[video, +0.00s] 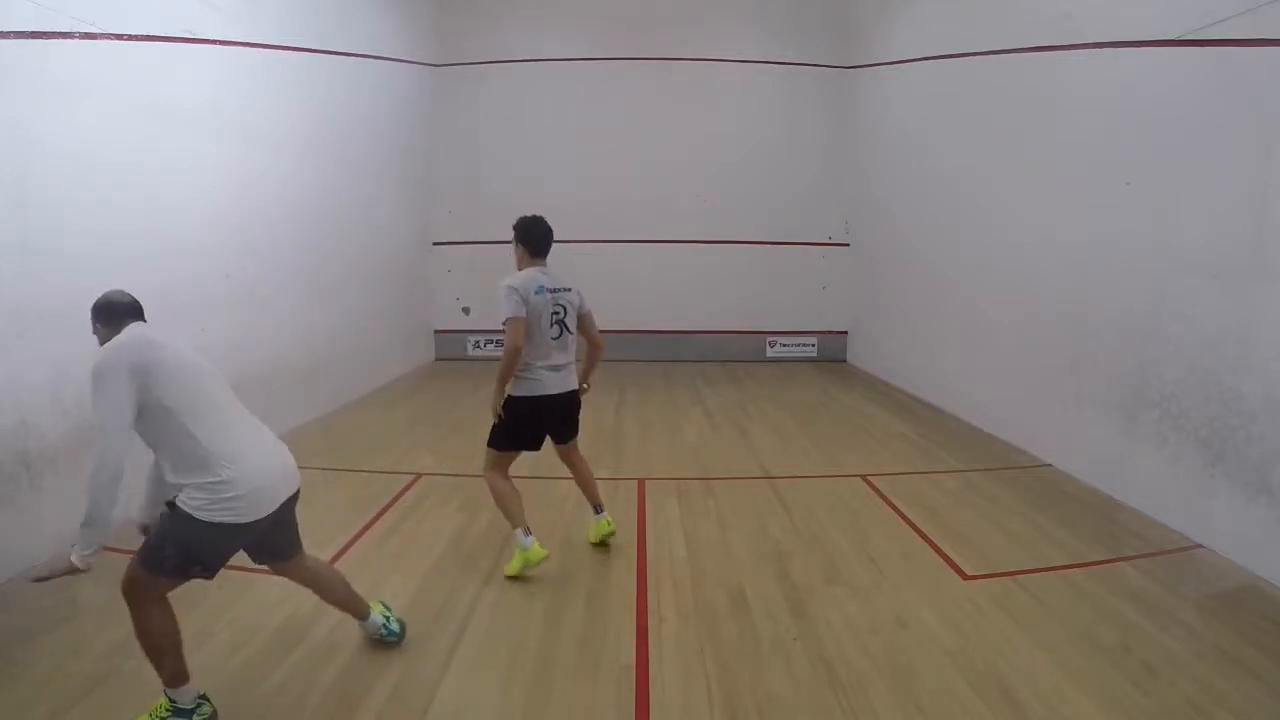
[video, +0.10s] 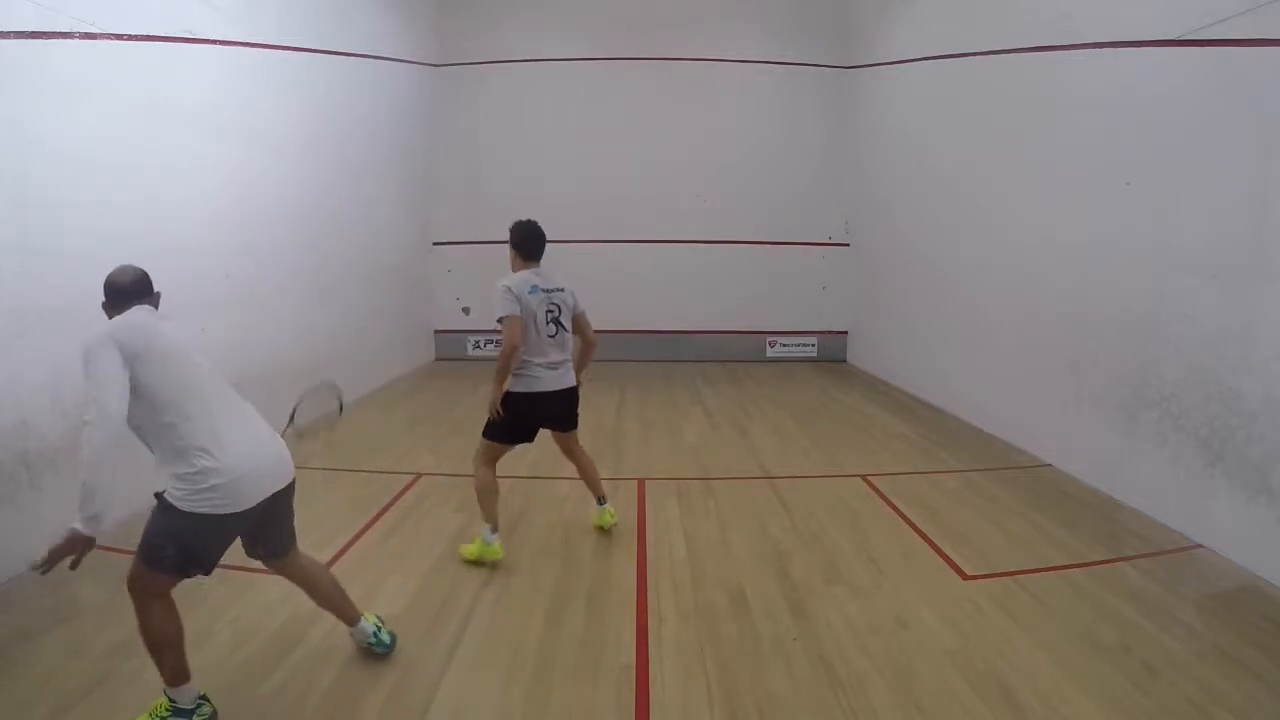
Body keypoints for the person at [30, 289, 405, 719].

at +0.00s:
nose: (96, 341)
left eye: (95, 334)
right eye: (97, 333)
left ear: (101, 329)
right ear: (140, 319)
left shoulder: (114, 360)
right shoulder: (169, 348)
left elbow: (110, 459)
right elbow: (170, 446)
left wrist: (84, 547)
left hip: (222, 499)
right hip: (278, 476)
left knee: (141, 588)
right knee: (292, 560)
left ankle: (185, 703)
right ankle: (377, 620)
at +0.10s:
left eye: (111, 305)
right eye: (154, 296)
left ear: (107, 306)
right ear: (155, 299)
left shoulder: (109, 339)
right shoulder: (174, 335)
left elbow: (102, 426)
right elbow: (204, 409)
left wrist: (87, 525)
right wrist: (178, 482)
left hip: (209, 487)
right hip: (273, 464)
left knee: (148, 585)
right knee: (284, 554)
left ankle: (185, 700)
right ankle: (369, 631)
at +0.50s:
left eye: (231, 242)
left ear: (230, 249)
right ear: (281, 244)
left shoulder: (220, 308)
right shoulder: (322, 297)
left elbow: (221, 399)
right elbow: (361, 378)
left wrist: (215, 465)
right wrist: (380, 448)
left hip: (275, 472)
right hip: (347, 460)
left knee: (231, 586)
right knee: (353, 563)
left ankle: (200, 695)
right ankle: (413, 676)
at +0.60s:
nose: (266, 232)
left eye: (265, 226)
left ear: (266, 232)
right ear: (316, 227)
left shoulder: (257, 286)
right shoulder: (357, 277)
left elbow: (247, 370)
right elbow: (392, 358)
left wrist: (241, 437)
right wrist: (409, 426)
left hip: (303, 451)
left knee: (272, 564)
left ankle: (259, 686)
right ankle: (415, 677)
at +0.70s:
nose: (298, 217)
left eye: (294, 210)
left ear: (293, 212)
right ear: (343, 208)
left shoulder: (281, 262)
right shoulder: (381, 256)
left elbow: (269, 338)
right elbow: (423, 335)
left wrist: (268, 414)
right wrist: (450, 402)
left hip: (326, 429)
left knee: (319, 541)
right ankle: (421, 654)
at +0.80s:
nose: (319, 221)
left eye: (318, 213)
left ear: (321, 215)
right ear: (368, 214)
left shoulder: (304, 263)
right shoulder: (405, 261)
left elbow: (290, 339)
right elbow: (450, 336)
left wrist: (288, 413)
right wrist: (486, 399)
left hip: (351, 434)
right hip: (415, 422)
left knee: (366, 543)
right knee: (406, 509)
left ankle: (418, 665)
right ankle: (452, 615)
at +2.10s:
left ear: (417, 238)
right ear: (452, 237)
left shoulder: (396, 272)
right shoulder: (472, 272)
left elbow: (390, 333)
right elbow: (486, 332)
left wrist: (406, 366)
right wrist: (491, 378)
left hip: (417, 389)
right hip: (463, 385)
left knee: (419, 457)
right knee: (467, 447)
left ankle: (442, 537)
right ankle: (490, 524)